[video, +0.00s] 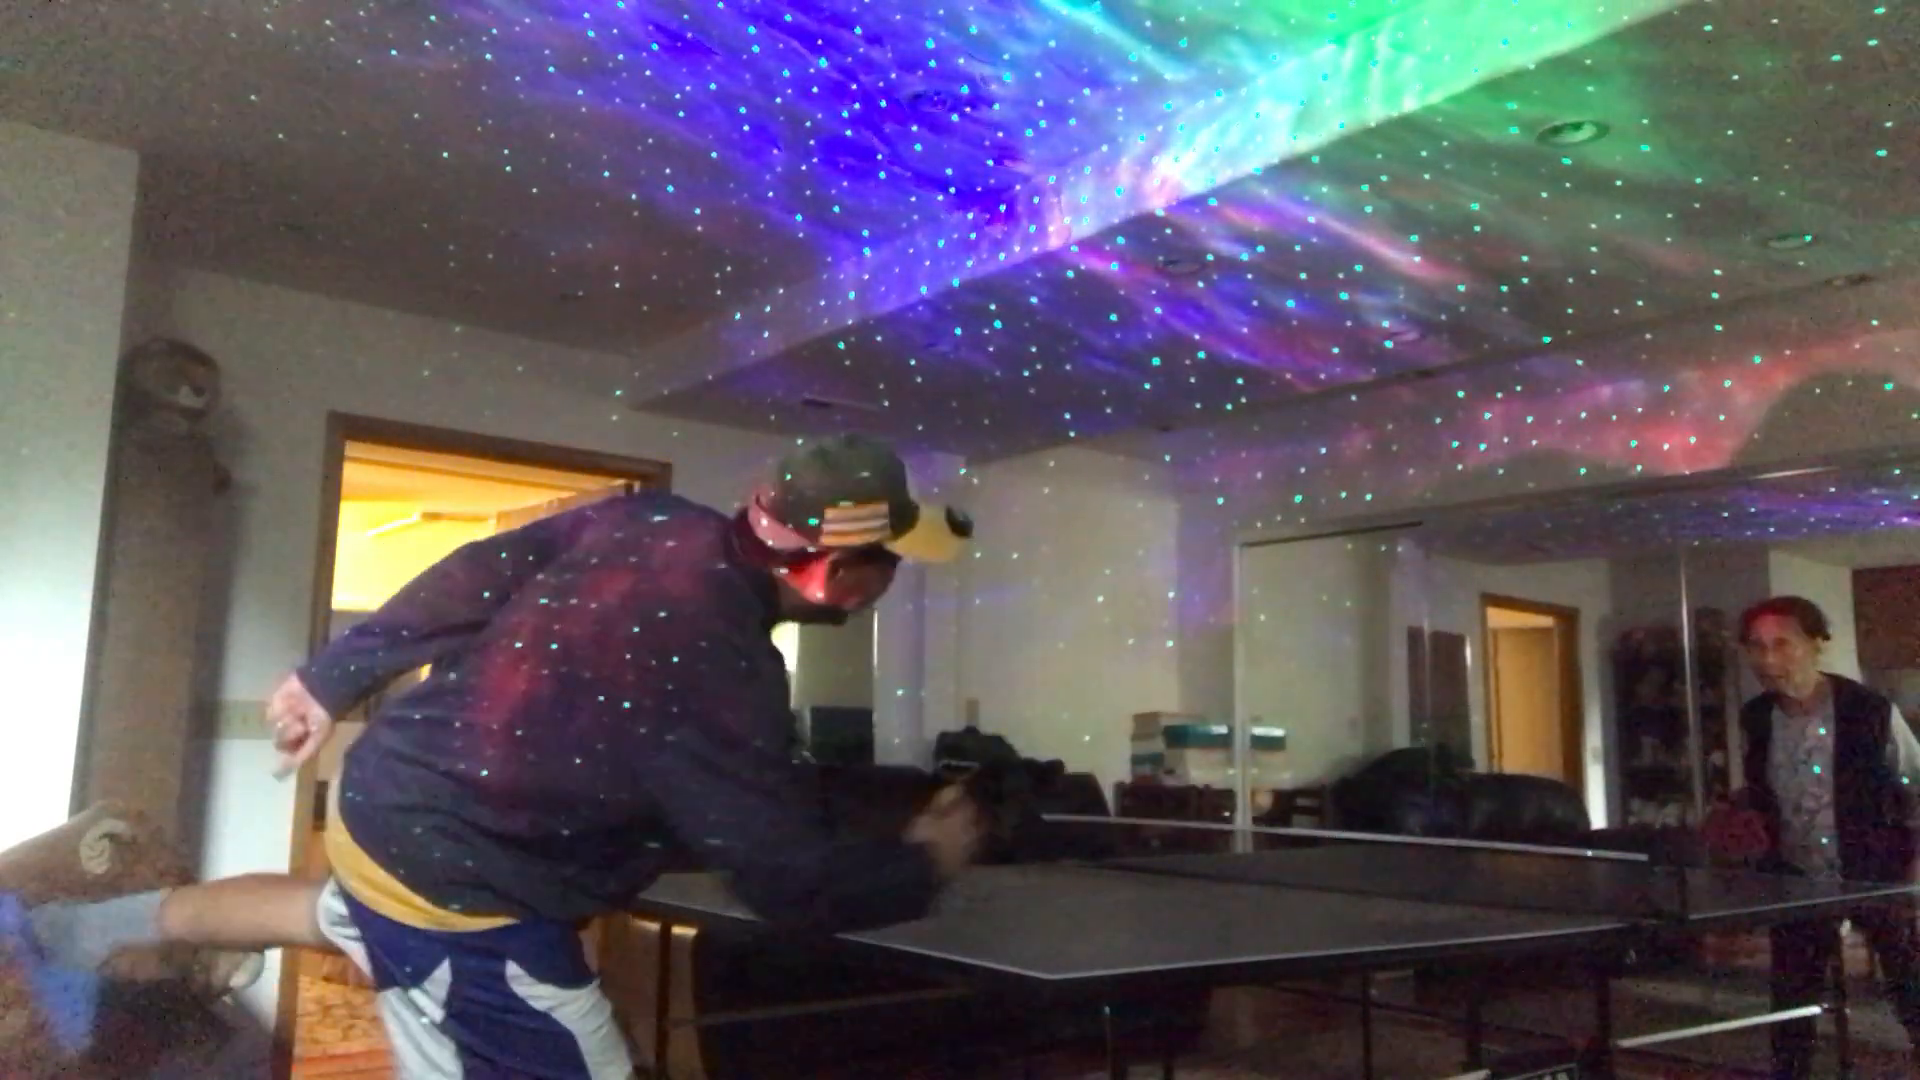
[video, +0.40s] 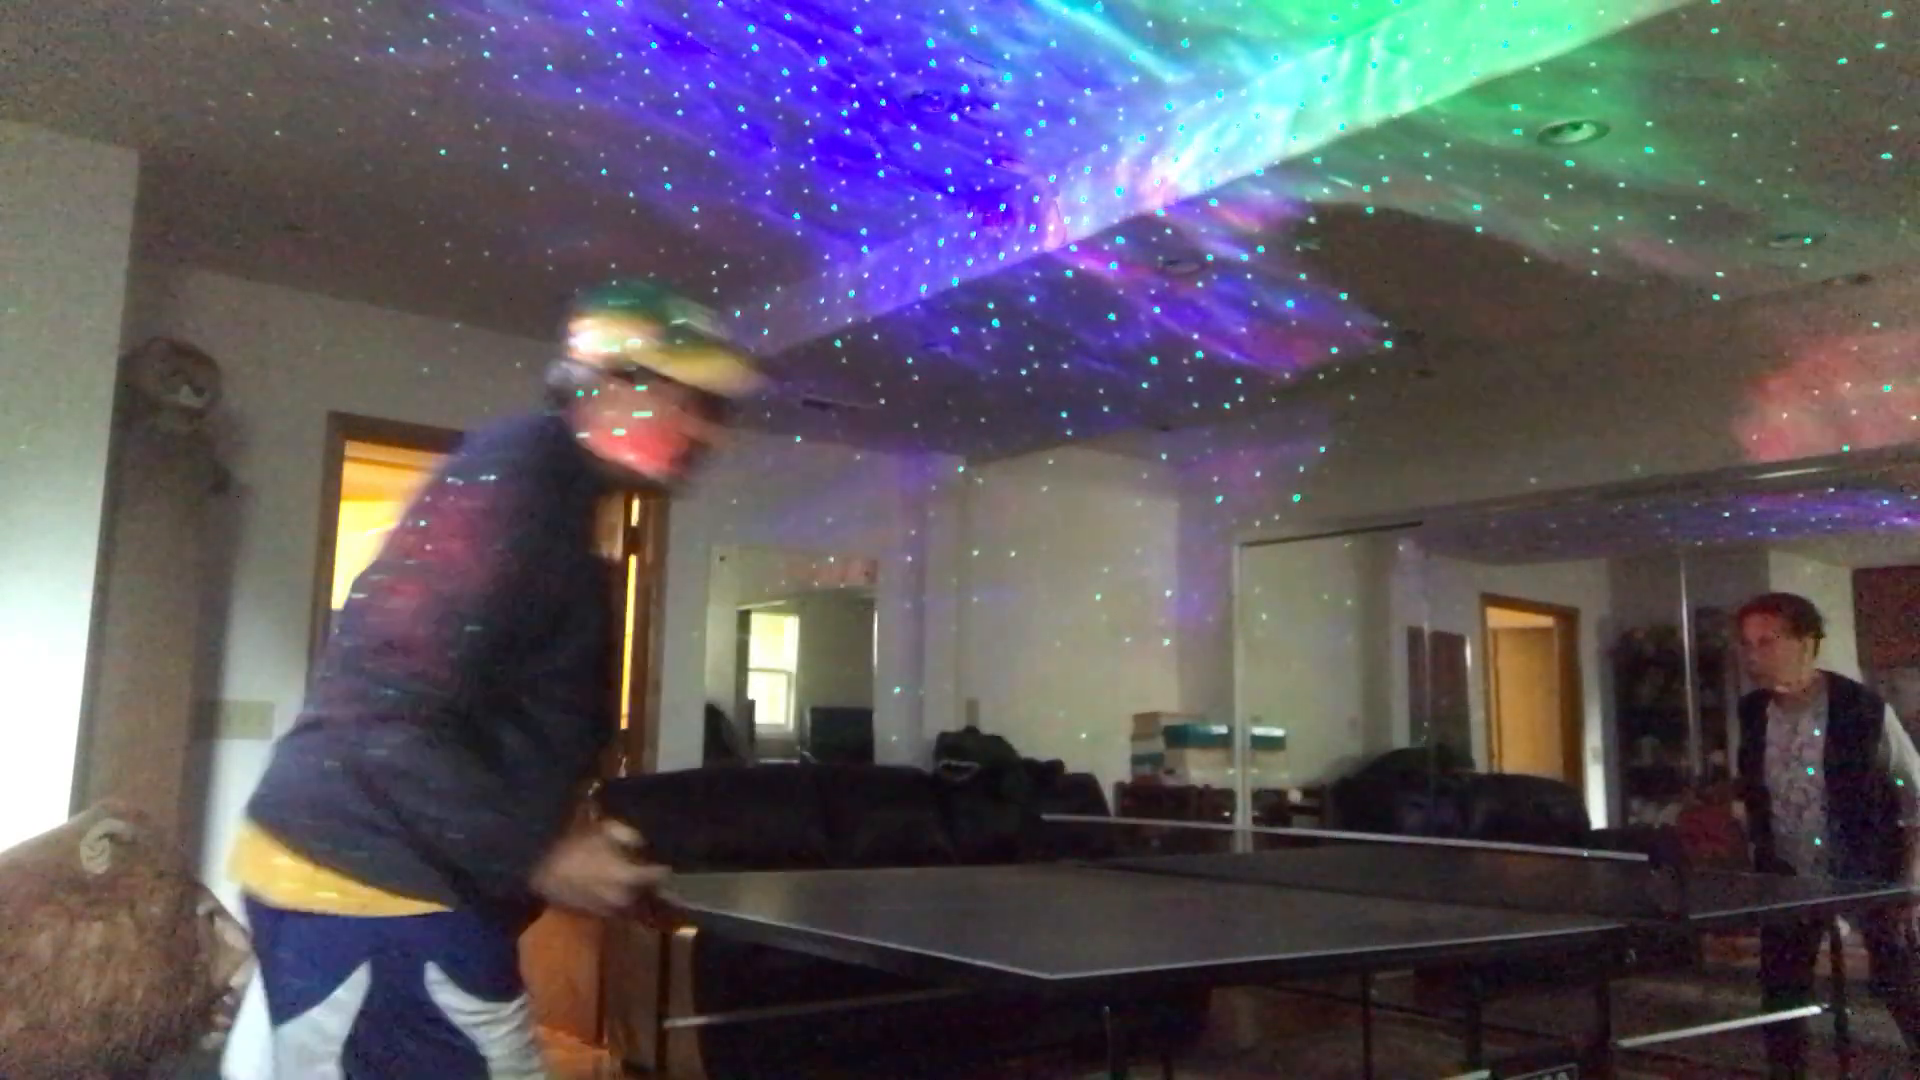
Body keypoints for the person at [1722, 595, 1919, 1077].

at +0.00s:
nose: (1769, 658)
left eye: (1782, 644)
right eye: (1758, 647)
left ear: (1815, 644)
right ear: (1749, 655)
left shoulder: (1867, 708)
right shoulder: (1756, 716)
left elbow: (1899, 795)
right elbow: (1759, 795)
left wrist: (1891, 866)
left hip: (1869, 876)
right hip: (1795, 880)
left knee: (1907, 983)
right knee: (1791, 991)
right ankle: (1790, 1070)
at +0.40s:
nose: (1751, 656)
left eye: (1764, 642)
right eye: (1746, 645)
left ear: (1808, 642)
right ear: (1743, 651)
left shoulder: (1863, 708)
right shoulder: (1751, 711)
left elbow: (1912, 795)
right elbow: (1748, 792)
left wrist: (1909, 887)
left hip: (1864, 876)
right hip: (1786, 878)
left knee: (1903, 986)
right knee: (1780, 993)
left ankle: (1919, 1056)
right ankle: (1784, 1072)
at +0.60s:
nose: (1719, 668)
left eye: (1726, 653)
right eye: (1716, 656)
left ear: (1768, 649)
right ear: (1754, 657)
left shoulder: (1839, 713)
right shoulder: (1743, 719)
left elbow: (1907, 799)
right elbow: (1745, 800)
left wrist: (1897, 889)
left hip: (1859, 872)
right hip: (1784, 876)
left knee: (1900, 982)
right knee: (1761, 985)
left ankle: (1918, 1059)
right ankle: (1779, 1072)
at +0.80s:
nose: (1660, 684)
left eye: (1667, 669)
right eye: (1657, 672)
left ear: (1703, 661)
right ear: (1692, 669)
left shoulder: (1775, 718)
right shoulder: (1703, 724)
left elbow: (1846, 806)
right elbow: (1724, 806)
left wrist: (1845, 895)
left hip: (1818, 872)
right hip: (1762, 874)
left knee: (1865, 988)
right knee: (1725, 969)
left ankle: (1911, 1060)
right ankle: (1754, 1069)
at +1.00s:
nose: (1605, 678)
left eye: (1607, 665)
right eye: (1603, 668)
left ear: (1628, 657)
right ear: (1633, 657)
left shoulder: (1692, 710)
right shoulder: (1646, 716)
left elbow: (1762, 795)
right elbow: (1657, 801)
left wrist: (1769, 890)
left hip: (1726, 875)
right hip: (1688, 873)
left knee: (1732, 985)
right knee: (1717, 983)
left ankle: (1755, 1067)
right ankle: (1745, 1066)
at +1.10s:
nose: (1584, 684)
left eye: (1584, 670)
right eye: (1581, 672)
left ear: (1604, 660)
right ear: (1612, 658)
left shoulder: (1661, 711)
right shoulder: (1629, 712)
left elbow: (1722, 792)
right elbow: (1650, 802)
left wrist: (1724, 874)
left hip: (1685, 871)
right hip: (1653, 869)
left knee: (1702, 980)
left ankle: (1743, 1059)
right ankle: (1732, 1056)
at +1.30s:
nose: (1527, 689)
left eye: (1528, 677)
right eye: (1524, 678)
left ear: (1546, 671)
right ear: (1570, 664)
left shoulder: (1585, 717)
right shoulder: (1609, 705)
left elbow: (1637, 813)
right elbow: (1672, 785)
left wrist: (1625, 887)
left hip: (1601, 880)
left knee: (1582, 976)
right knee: (1680, 981)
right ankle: (1734, 1063)